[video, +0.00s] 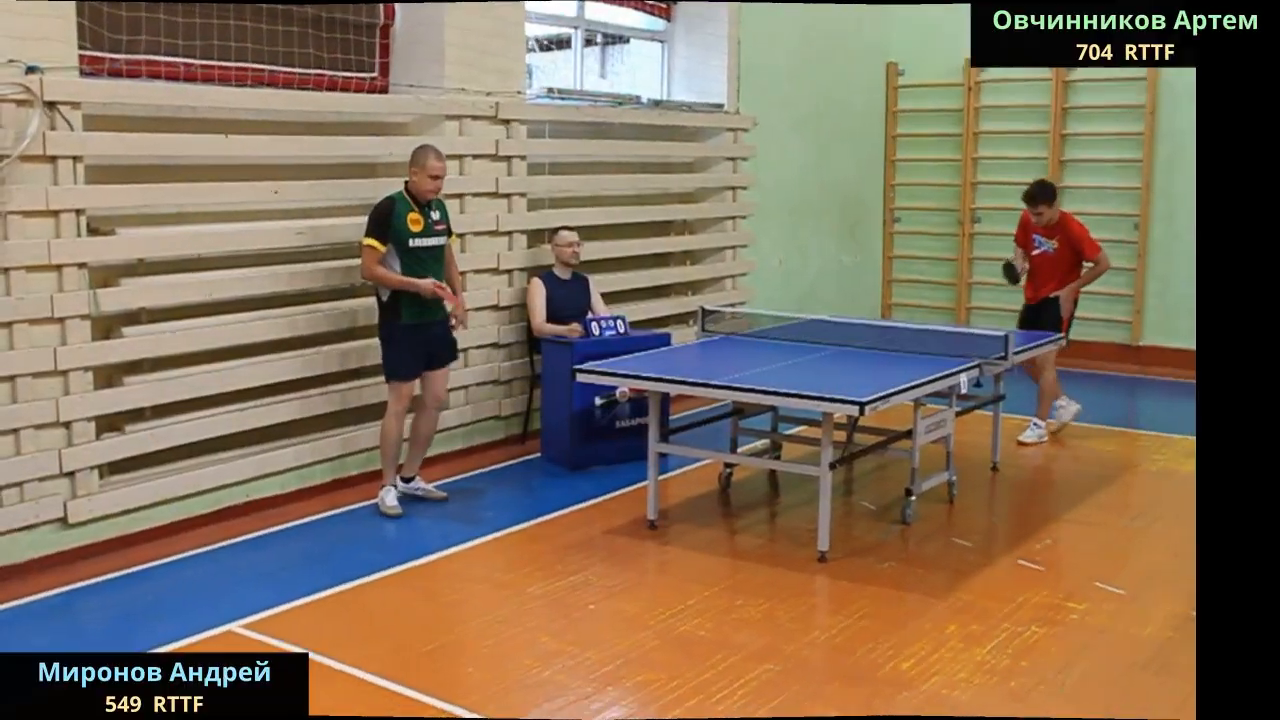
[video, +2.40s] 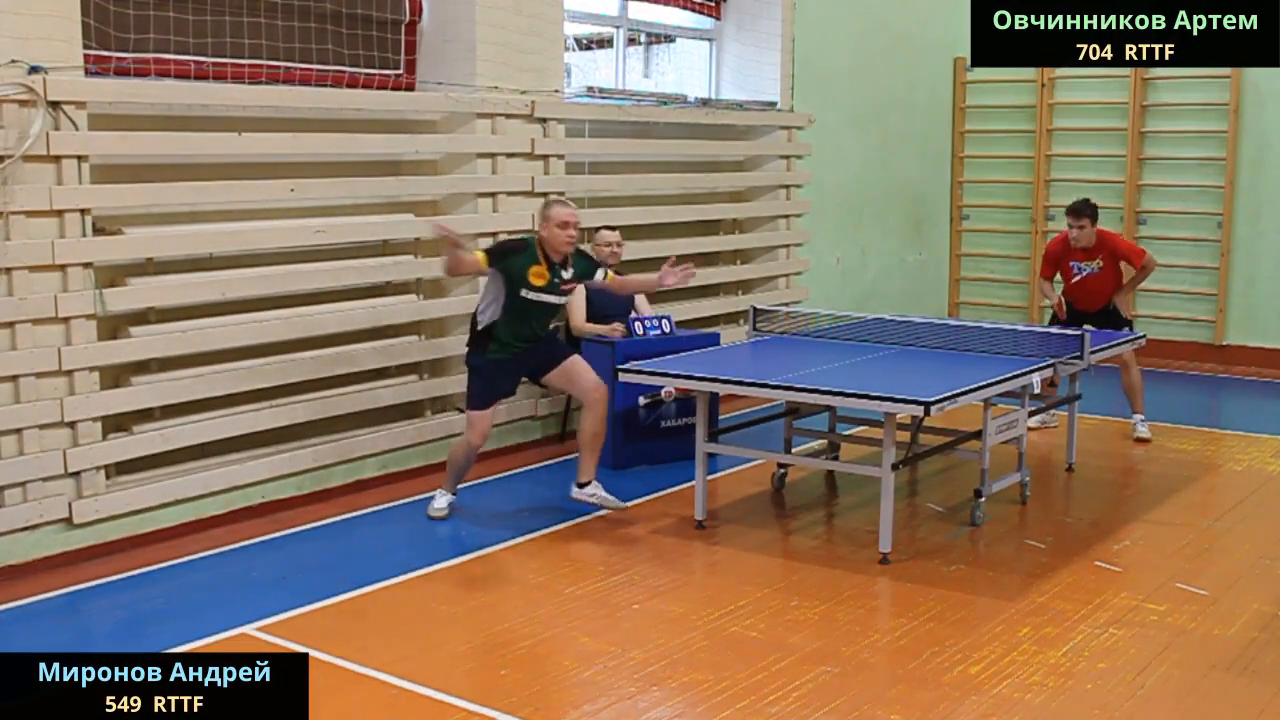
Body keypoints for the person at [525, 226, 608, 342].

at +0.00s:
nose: (576, 250)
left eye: (578, 245)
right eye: (569, 246)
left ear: (581, 247)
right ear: (553, 249)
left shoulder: (584, 282)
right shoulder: (539, 284)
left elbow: (604, 315)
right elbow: (538, 328)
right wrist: (566, 330)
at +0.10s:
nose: (618, 250)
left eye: (620, 245)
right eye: (610, 245)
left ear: (623, 246)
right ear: (594, 249)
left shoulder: (628, 282)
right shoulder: (577, 283)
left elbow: (649, 317)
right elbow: (576, 327)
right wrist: (606, 330)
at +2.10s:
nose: (614, 250)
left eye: (618, 245)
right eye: (607, 245)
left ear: (622, 248)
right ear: (594, 249)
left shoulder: (628, 281)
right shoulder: (579, 281)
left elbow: (648, 316)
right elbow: (577, 327)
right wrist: (606, 330)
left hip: (626, 349)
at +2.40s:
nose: (615, 250)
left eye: (619, 245)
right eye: (608, 245)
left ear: (623, 248)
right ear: (594, 248)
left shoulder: (627, 282)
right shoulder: (581, 283)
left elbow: (650, 317)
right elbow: (577, 327)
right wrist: (606, 330)